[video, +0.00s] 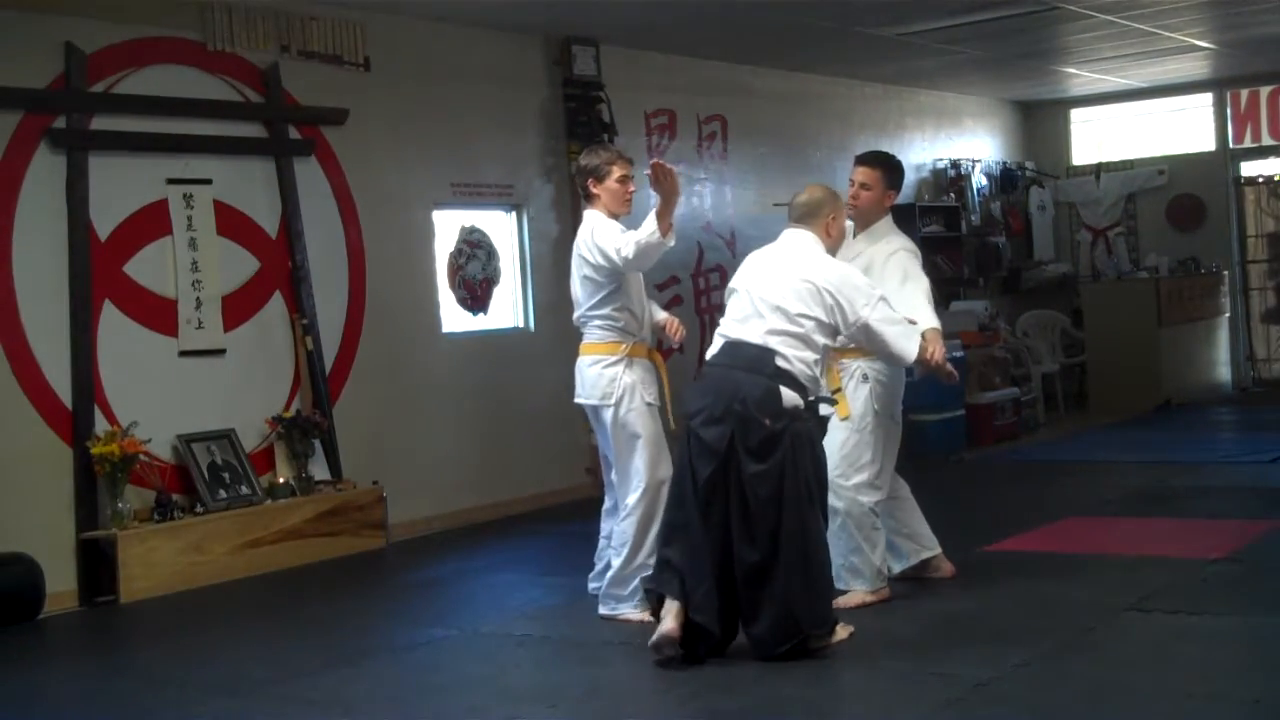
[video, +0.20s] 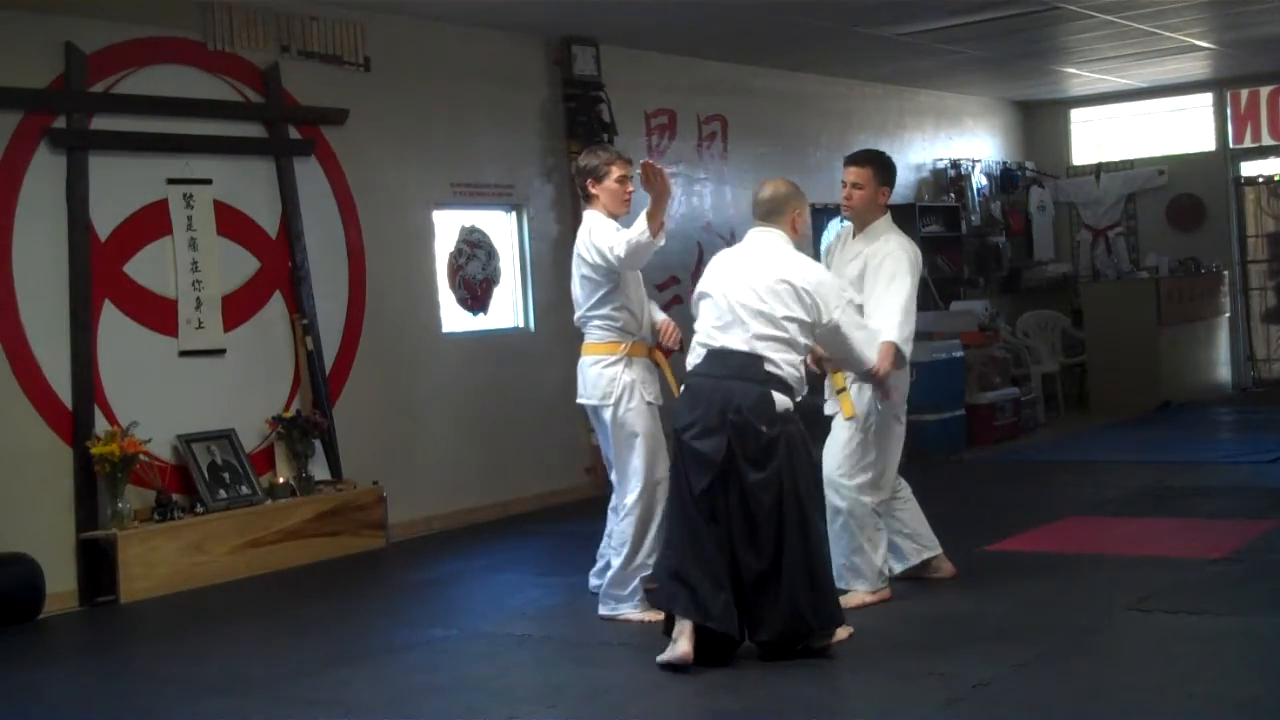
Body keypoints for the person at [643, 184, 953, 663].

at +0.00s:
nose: (847, 232)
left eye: (846, 224)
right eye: (845, 224)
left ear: (792, 221)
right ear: (831, 224)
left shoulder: (755, 259)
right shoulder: (837, 275)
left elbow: (736, 307)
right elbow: (895, 334)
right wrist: (930, 358)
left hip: (714, 378)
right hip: (777, 388)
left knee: (697, 501)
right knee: (797, 513)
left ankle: (674, 609)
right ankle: (811, 625)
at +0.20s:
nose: (810, 223)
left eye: (809, 215)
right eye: (809, 216)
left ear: (754, 217)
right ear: (797, 218)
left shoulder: (719, 262)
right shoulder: (809, 275)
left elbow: (707, 325)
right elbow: (856, 350)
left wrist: (797, 349)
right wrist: (871, 368)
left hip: (702, 391)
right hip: (766, 397)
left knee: (696, 512)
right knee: (794, 512)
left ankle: (683, 632)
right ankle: (819, 622)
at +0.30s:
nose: (784, 222)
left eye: (781, 215)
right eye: (783, 216)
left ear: (731, 218)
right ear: (775, 218)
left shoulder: (695, 265)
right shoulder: (791, 273)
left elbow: (682, 329)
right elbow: (823, 345)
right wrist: (839, 375)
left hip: (690, 400)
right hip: (758, 402)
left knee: (687, 520)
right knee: (785, 516)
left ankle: (685, 640)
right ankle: (814, 624)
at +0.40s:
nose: (761, 223)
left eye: (755, 215)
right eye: (759, 216)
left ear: (708, 219)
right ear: (753, 219)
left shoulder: (672, 268)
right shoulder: (775, 274)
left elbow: (657, 335)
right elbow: (809, 355)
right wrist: (806, 374)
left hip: (678, 405)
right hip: (744, 407)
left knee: (679, 523)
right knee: (770, 518)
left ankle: (684, 643)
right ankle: (810, 624)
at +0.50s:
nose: (738, 221)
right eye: (737, 214)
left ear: (685, 219)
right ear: (733, 216)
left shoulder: (650, 276)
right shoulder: (761, 273)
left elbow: (631, 360)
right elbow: (791, 354)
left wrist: (673, 372)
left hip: (668, 410)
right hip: (737, 409)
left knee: (675, 526)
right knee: (755, 519)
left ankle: (683, 644)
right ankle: (792, 625)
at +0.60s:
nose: (720, 218)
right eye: (720, 211)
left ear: (669, 217)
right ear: (717, 214)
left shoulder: (641, 273)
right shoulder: (748, 268)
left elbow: (613, 355)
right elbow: (779, 345)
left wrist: (619, 420)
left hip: (663, 409)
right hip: (730, 407)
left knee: (667, 527)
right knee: (741, 519)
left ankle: (682, 645)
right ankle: (767, 627)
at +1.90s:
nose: (710, 236)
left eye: (710, 230)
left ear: (713, 233)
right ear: (758, 237)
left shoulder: (683, 285)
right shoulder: (779, 285)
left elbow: (651, 350)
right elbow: (807, 357)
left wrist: (640, 408)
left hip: (699, 394)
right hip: (758, 393)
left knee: (709, 499)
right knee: (762, 502)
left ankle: (727, 600)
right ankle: (760, 611)